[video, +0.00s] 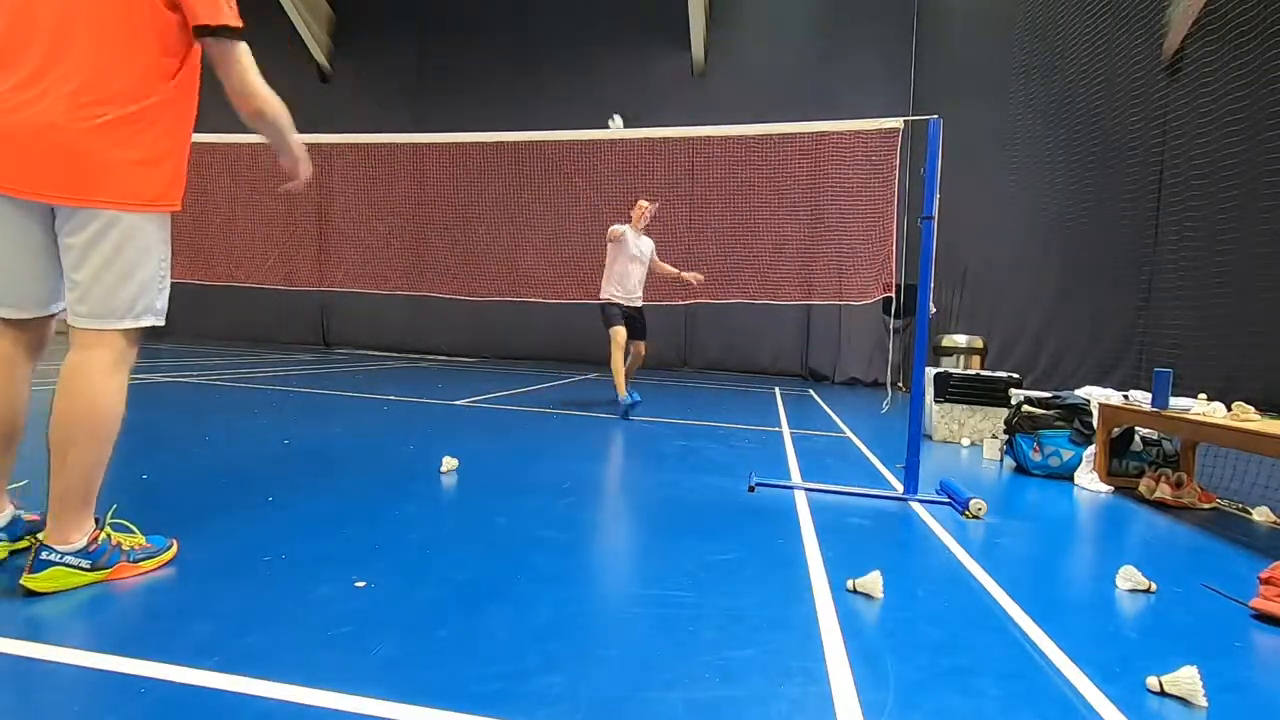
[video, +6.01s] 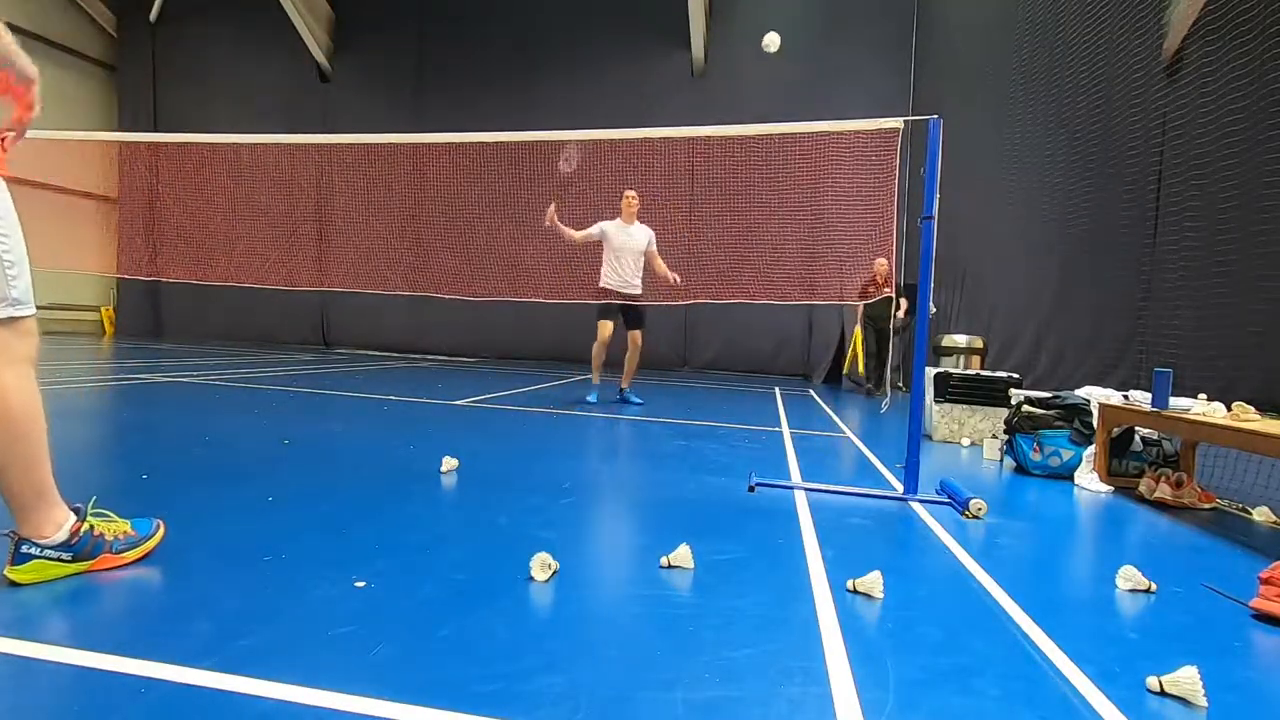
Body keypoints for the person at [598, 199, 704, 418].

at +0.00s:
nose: (644, 213)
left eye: (648, 211)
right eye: (641, 208)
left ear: (650, 217)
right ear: (631, 211)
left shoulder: (648, 243)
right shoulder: (620, 231)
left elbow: (657, 266)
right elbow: (612, 235)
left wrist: (683, 274)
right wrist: (620, 230)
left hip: (635, 303)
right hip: (612, 299)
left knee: (639, 351)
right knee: (619, 337)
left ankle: (624, 382)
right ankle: (621, 394)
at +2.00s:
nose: (630, 224)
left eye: (633, 221)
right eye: (626, 220)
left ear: (637, 227)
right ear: (620, 224)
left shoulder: (642, 252)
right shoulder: (604, 250)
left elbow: (644, 278)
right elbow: (592, 279)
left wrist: (651, 300)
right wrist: (590, 309)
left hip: (633, 307)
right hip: (608, 309)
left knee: (652, 348)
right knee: (598, 352)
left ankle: (643, 388)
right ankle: (584, 377)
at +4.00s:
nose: (599, 214)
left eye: (602, 211)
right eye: (596, 211)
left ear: (608, 215)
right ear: (590, 214)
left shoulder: (618, 239)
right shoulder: (578, 240)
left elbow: (630, 262)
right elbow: (568, 265)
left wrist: (627, 282)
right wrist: (565, 287)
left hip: (611, 297)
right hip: (585, 298)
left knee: (625, 337)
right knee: (575, 339)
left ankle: (632, 386)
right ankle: (569, 380)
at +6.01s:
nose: (630, 201)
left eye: (634, 198)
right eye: (626, 198)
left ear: (639, 204)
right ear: (620, 204)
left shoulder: (647, 233)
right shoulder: (606, 227)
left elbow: (655, 260)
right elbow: (577, 236)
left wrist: (668, 274)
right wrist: (556, 223)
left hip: (633, 293)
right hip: (609, 291)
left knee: (636, 342)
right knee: (604, 338)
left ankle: (624, 389)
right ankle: (595, 387)